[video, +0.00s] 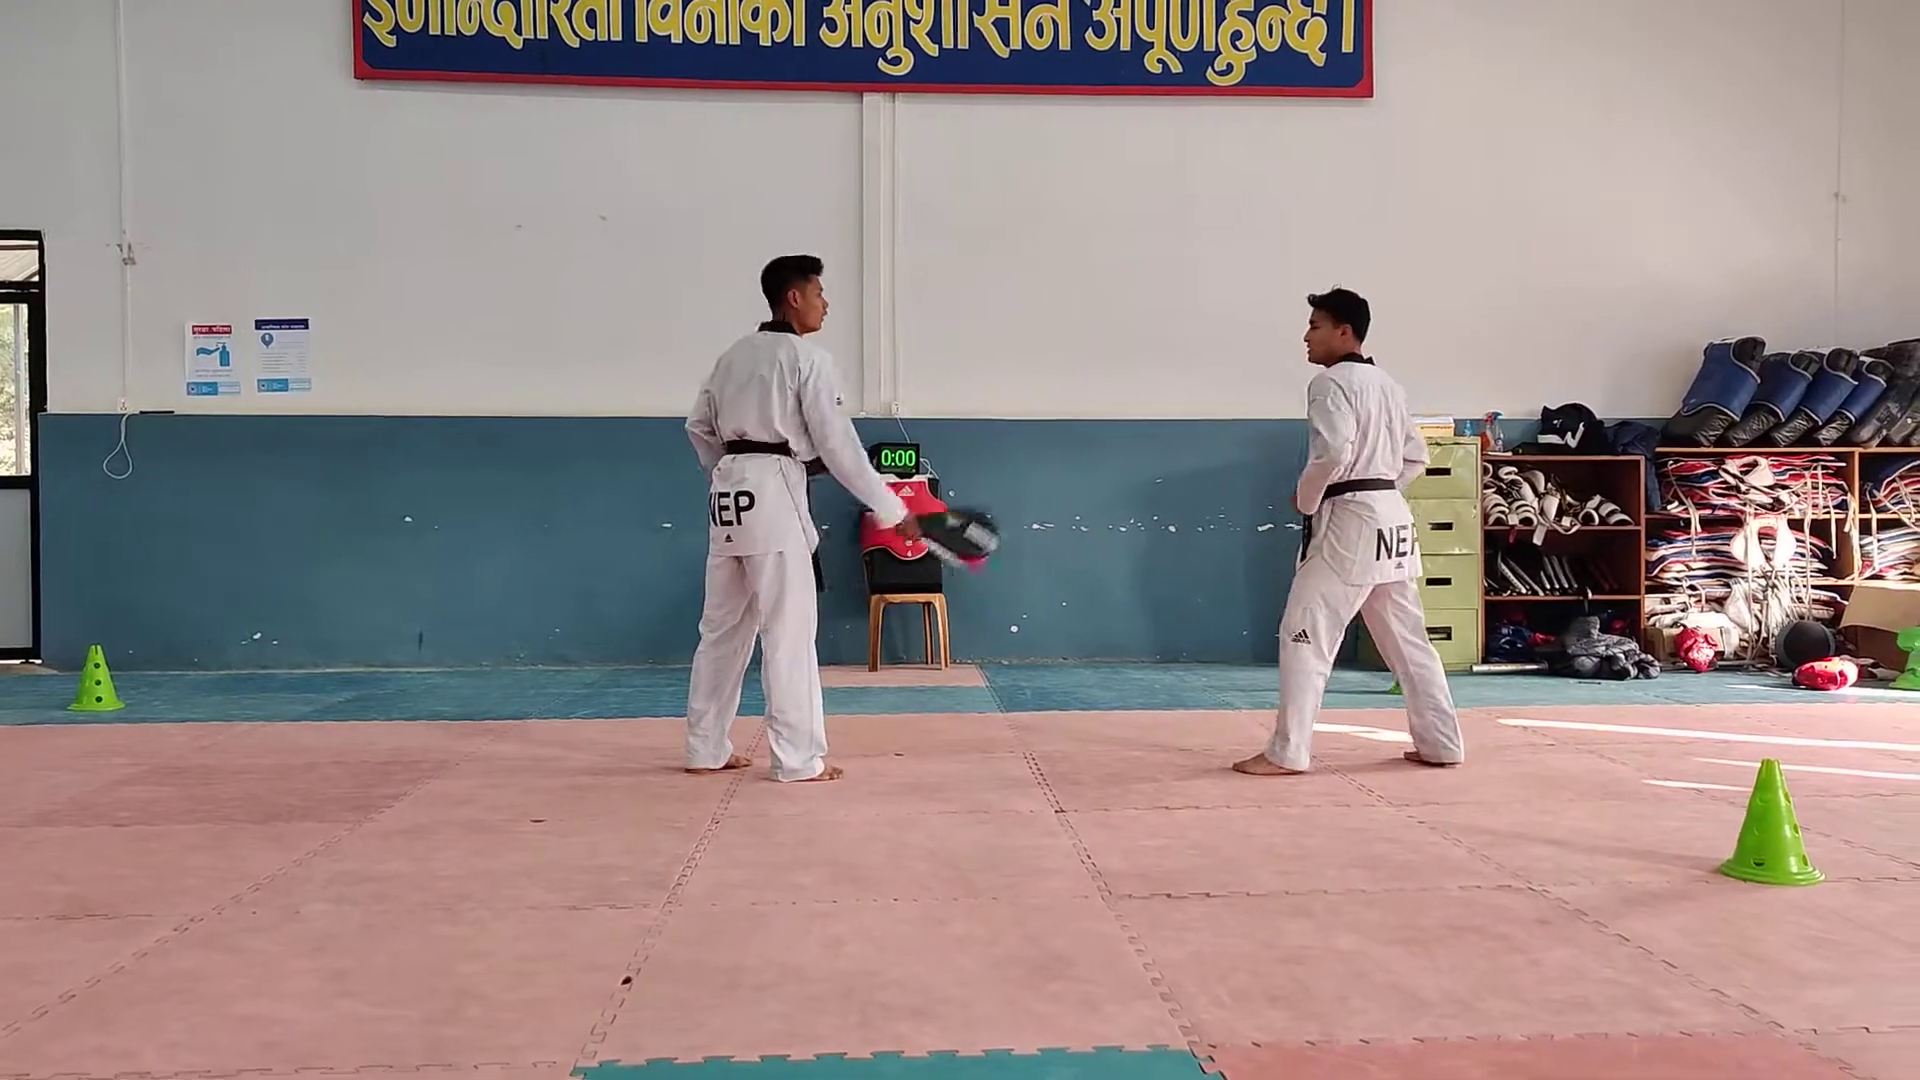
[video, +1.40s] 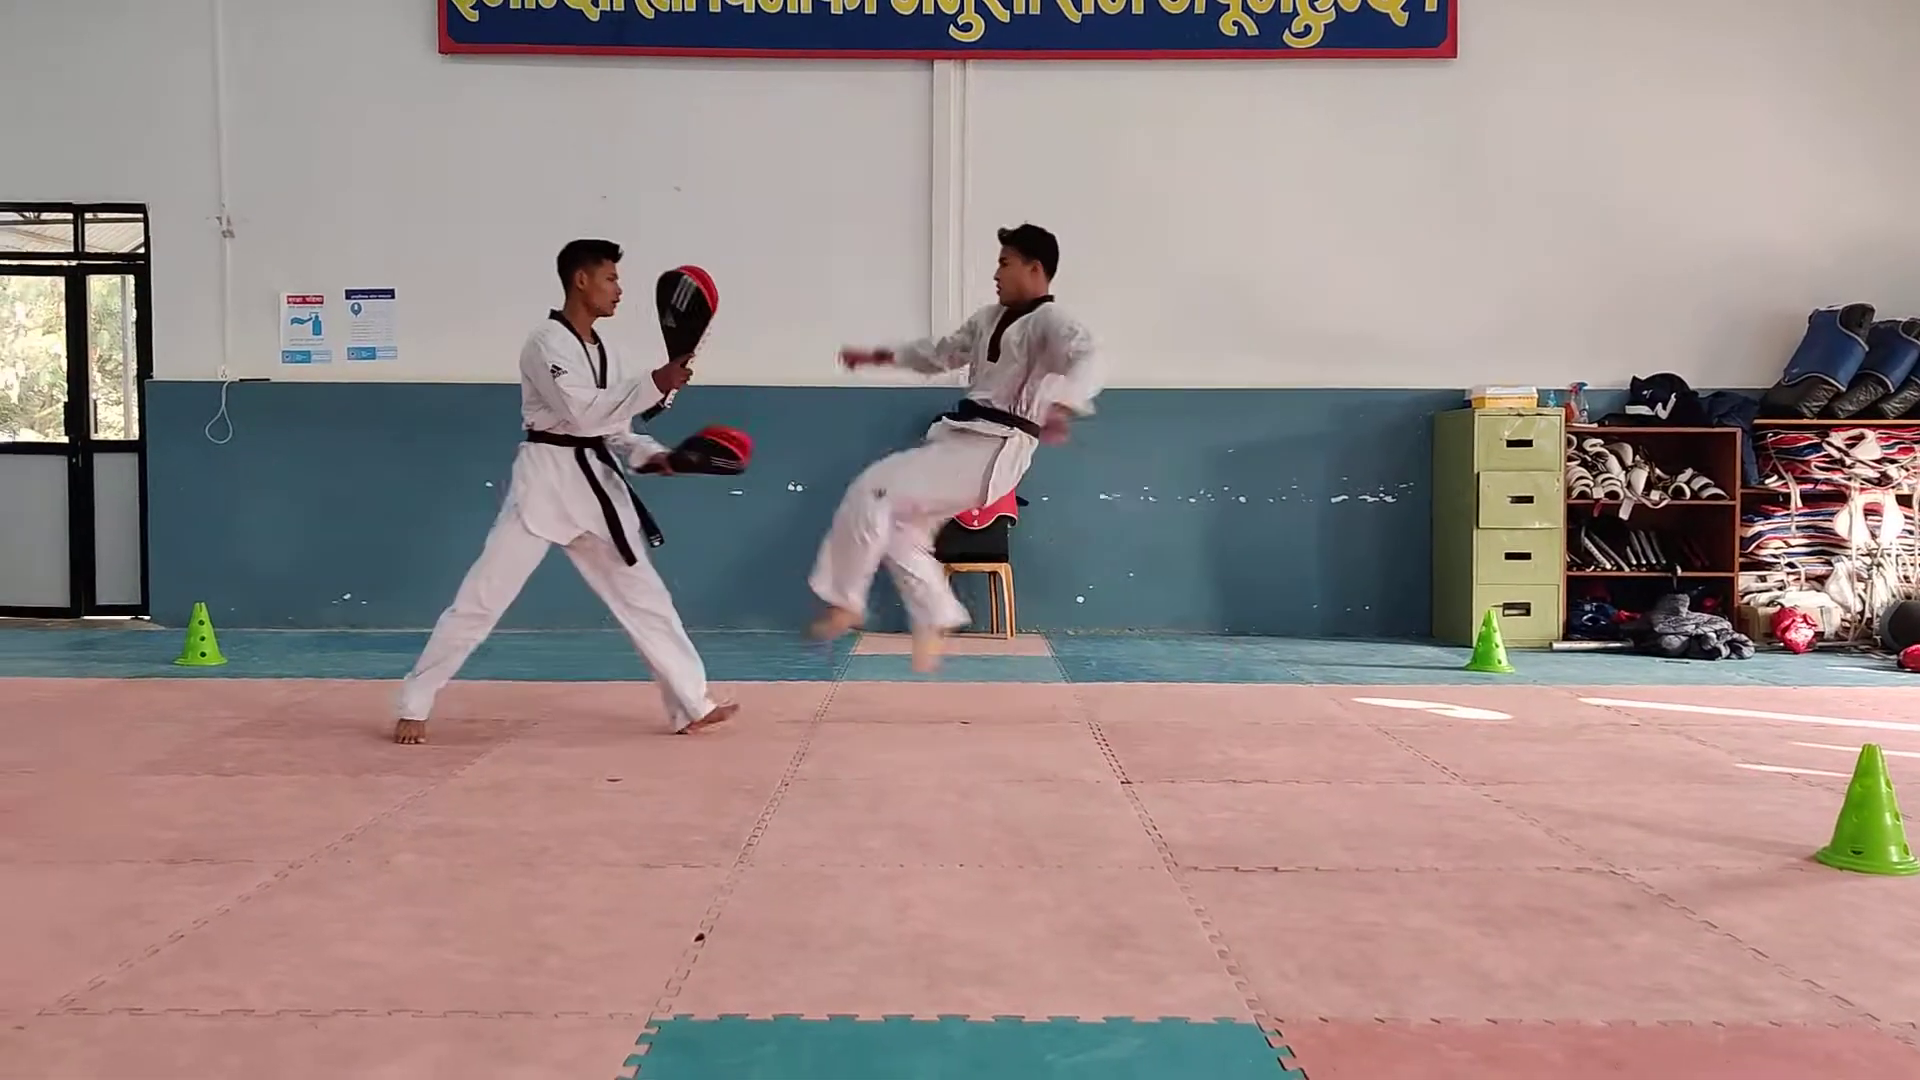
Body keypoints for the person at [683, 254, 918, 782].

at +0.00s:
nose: (825, 302)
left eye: (823, 292)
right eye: (818, 293)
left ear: (782, 300)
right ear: (793, 298)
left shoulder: (734, 353)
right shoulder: (807, 358)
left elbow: (700, 425)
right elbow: (838, 448)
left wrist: (727, 473)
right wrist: (892, 508)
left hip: (726, 487)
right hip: (773, 487)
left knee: (723, 624)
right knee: (789, 622)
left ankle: (706, 749)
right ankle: (798, 758)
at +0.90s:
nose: (779, 318)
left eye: (778, 308)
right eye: (772, 308)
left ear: (737, 314)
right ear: (744, 311)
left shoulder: (691, 370)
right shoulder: (741, 371)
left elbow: (709, 457)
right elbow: (765, 448)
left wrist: (768, 468)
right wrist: (841, 447)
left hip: (677, 502)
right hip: (717, 504)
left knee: (702, 626)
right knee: (772, 620)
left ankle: (648, 735)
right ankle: (807, 749)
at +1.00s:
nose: (749, 309)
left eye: (748, 299)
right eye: (741, 299)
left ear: (716, 304)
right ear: (711, 301)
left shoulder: (699, 363)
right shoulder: (692, 358)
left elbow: (710, 450)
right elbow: (685, 435)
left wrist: (764, 478)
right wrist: (759, 434)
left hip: (659, 489)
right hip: (679, 487)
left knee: (692, 619)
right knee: (751, 603)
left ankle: (653, 733)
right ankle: (811, 737)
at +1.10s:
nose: (724, 295)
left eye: (723, 286)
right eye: (715, 286)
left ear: (695, 290)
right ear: (686, 288)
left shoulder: (703, 353)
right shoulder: (648, 348)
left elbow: (705, 438)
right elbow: (634, 422)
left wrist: (756, 468)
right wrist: (711, 419)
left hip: (665, 475)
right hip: (640, 475)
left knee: (675, 604)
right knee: (708, 591)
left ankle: (666, 722)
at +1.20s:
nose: (690, 287)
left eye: (690, 278)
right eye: (683, 277)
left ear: (664, 280)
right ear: (655, 278)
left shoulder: (673, 346)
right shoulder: (611, 339)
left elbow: (681, 430)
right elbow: (600, 414)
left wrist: (732, 462)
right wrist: (676, 397)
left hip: (654, 474)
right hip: (610, 468)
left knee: (686, 597)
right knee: (641, 590)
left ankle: (676, 718)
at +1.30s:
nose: (656, 284)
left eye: (656, 275)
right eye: (648, 275)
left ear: (631, 281)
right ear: (619, 279)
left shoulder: (652, 341)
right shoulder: (582, 337)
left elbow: (664, 422)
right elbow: (578, 407)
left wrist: (699, 465)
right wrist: (655, 385)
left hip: (632, 475)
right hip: (581, 473)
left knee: (678, 594)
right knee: (558, 595)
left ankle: (686, 712)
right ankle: (474, 694)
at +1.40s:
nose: (619, 288)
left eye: (618, 279)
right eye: (611, 279)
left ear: (590, 283)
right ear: (580, 281)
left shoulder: (606, 353)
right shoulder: (546, 343)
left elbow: (614, 432)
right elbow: (582, 413)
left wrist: (657, 457)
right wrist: (656, 385)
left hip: (595, 482)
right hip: (543, 478)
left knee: (644, 594)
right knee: (484, 595)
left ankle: (692, 704)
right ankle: (414, 705)